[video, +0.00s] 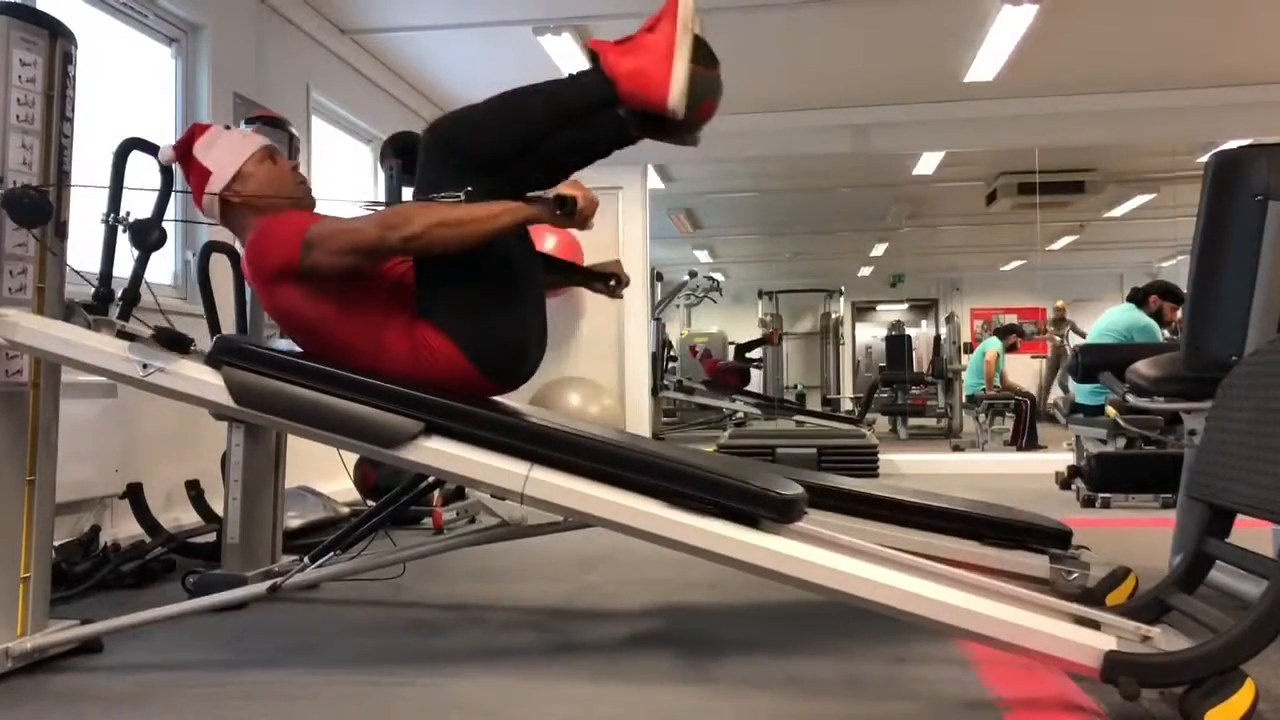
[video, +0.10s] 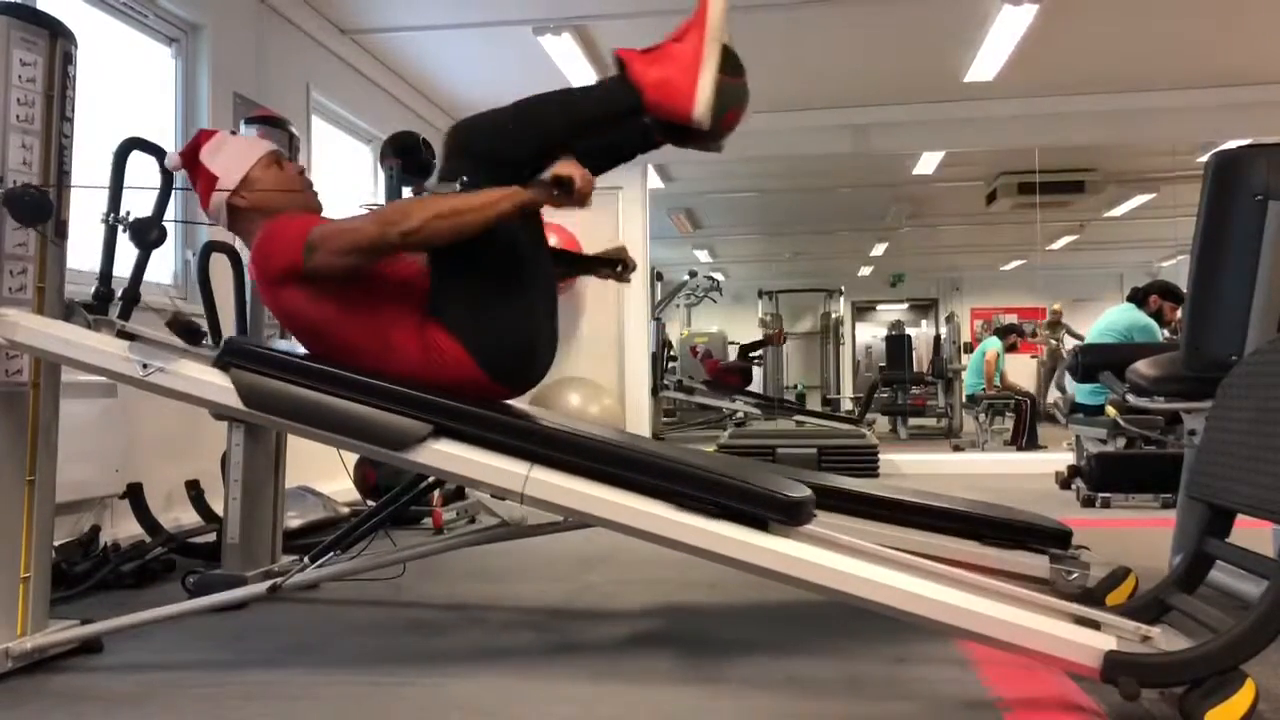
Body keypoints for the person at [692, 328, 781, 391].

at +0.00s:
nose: (709, 350)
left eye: (707, 348)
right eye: (706, 349)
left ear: (702, 356)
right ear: (704, 354)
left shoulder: (709, 365)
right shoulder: (710, 365)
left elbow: (732, 364)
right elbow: (731, 364)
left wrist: (754, 361)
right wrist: (752, 365)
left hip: (738, 380)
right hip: (741, 380)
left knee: (739, 350)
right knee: (739, 349)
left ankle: (768, 339)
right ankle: (768, 339)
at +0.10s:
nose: (710, 350)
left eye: (708, 349)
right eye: (707, 350)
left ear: (702, 356)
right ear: (705, 354)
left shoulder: (710, 366)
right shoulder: (711, 365)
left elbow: (731, 365)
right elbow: (732, 364)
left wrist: (754, 359)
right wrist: (753, 364)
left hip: (740, 380)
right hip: (743, 379)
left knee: (742, 350)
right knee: (742, 350)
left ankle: (769, 340)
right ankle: (770, 340)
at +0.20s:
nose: (712, 351)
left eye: (709, 350)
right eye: (709, 351)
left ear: (704, 358)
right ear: (707, 356)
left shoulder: (712, 368)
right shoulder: (714, 366)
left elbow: (733, 363)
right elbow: (736, 362)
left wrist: (746, 360)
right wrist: (748, 361)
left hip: (743, 381)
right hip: (745, 381)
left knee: (749, 351)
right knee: (749, 351)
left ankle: (778, 342)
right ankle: (778, 343)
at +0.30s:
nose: (714, 353)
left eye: (711, 351)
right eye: (711, 352)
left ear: (707, 360)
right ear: (710, 357)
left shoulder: (716, 368)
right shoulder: (718, 368)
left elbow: (735, 362)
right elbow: (736, 362)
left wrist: (746, 350)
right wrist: (747, 349)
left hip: (747, 382)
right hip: (750, 383)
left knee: (756, 353)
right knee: (757, 353)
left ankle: (784, 345)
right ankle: (785, 345)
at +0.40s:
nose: (720, 357)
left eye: (717, 355)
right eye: (717, 356)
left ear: (711, 363)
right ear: (715, 360)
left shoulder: (720, 371)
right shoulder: (721, 370)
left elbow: (738, 362)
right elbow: (738, 362)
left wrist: (745, 347)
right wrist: (746, 347)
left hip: (753, 385)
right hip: (755, 384)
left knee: (766, 358)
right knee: (767, 357)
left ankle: (797, 349)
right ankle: (798, 349)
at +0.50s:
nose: (720, 357)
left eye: (718, 356)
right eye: (718, 357)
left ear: (714, 364)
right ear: (715, 361)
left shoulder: (724, 372)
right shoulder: (725, 372)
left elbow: (740, 361)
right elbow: (741, 361)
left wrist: (743, 345)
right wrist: (744, 344)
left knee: (777, 362)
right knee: (778, 361)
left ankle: (806, 354)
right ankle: (807, 354)